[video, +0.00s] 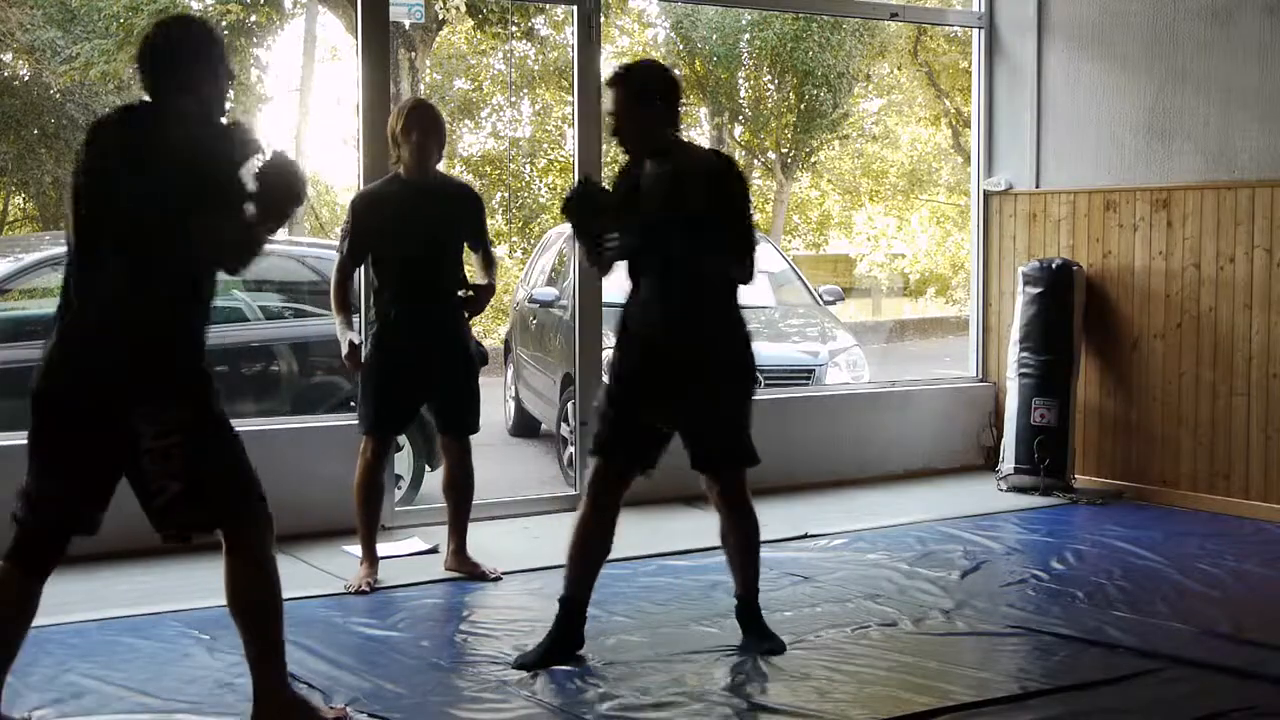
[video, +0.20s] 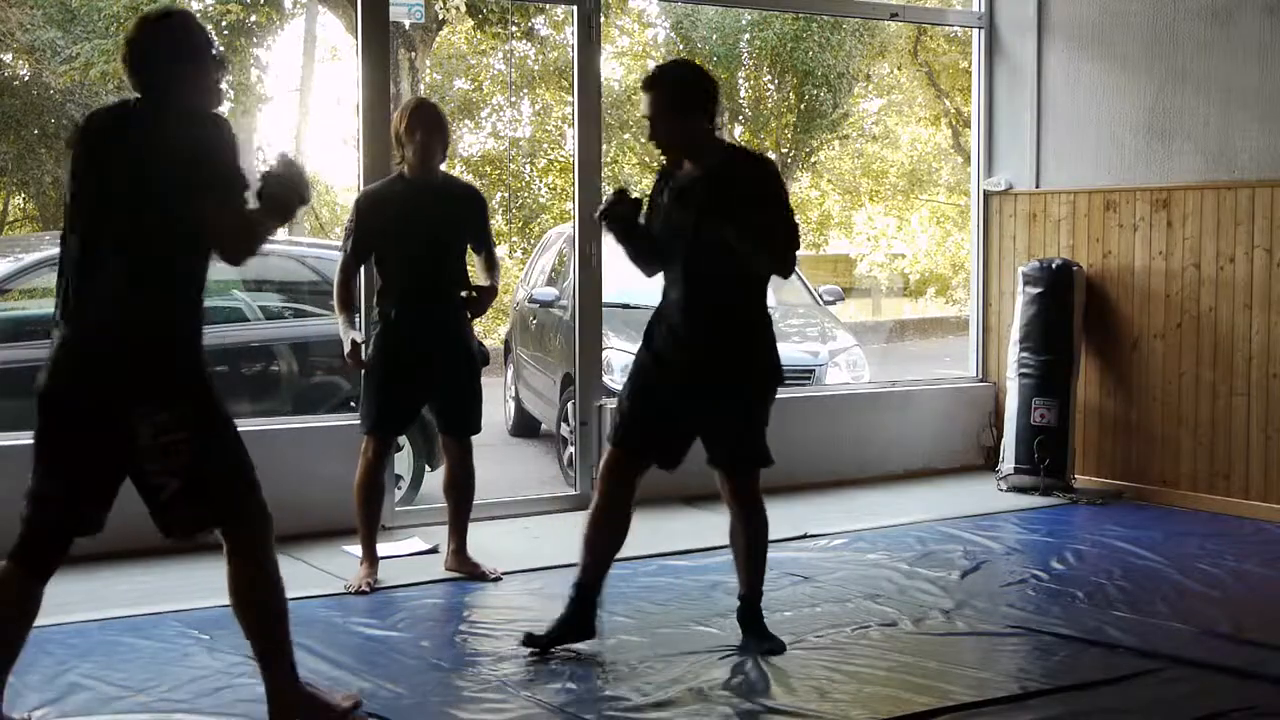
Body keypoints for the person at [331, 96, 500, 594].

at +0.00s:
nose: (429, 140)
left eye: (434, 131)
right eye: (420, 131)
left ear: (443, 136)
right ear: (399, 137)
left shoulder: (462, 197)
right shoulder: (370, 201)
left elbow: (484, 254)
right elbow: (343, 274)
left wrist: (489, 288)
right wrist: (346, 333)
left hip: (448, 335)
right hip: (389, 338)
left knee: (456, 445)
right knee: (375, 446)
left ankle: (457, 552)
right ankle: (367, 560)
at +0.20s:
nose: (433, 140)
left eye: (438, 131)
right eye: (424, 131)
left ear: (447, 137)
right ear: (403, 137)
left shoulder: (466, 198)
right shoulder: (375, 200)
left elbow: (487, 256)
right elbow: (348, 271)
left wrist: (490, 290)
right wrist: (348, 330)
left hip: (450, 334)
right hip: (393, 336)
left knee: (458, 445)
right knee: (376, 446)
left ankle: (457, 552)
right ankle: (368, 561)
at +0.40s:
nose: (432, 140)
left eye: (438, 131)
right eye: (422, 132)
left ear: (448, 137)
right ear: (404, 137)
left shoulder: (468, 198)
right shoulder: (378, 199)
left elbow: (488, 257)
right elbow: (350, 271)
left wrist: (491, 290)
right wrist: (351, 330)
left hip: (453, 336)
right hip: (394, 338)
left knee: (459, 445)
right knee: (377, 447)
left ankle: (457, 552)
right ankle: (367, 561)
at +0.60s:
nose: (427, 140)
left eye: (435, 130)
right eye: (418, 132)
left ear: (448, 137)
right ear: (403, 138)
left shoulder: (468, 198)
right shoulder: (380, 197)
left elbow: (487, 257)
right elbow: (350, 271)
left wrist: (490, 290)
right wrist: (351, 332)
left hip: (452, 336)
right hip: (395, 338)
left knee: (459, 446)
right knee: (377, 447)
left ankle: (457, 552)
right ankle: (367, 561)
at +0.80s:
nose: (427, 140)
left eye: (435, 131)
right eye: (418, 131)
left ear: (448, 137)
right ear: (403, 138)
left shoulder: (468, 198)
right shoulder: (379, 199)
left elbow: (486, 258)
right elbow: (350, 272)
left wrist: (489, 291)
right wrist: (352, 332)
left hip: (452, 336)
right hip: (395, 338)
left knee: (459, 446)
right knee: (377, 447)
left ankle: (457, 552)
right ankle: (367, 560)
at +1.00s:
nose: (429, 140)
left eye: (436, 131)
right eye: (420, 131)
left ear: (449, 137)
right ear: (404, 138)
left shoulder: (468, 198)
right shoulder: (376, 201)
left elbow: (485, 259)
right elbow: (351, 275)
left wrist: (489, 291)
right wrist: (353, 336)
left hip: (453, 337)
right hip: (394, 338)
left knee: (459, 446)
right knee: (377, 447)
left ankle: (457, 552)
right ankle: (368, 561)